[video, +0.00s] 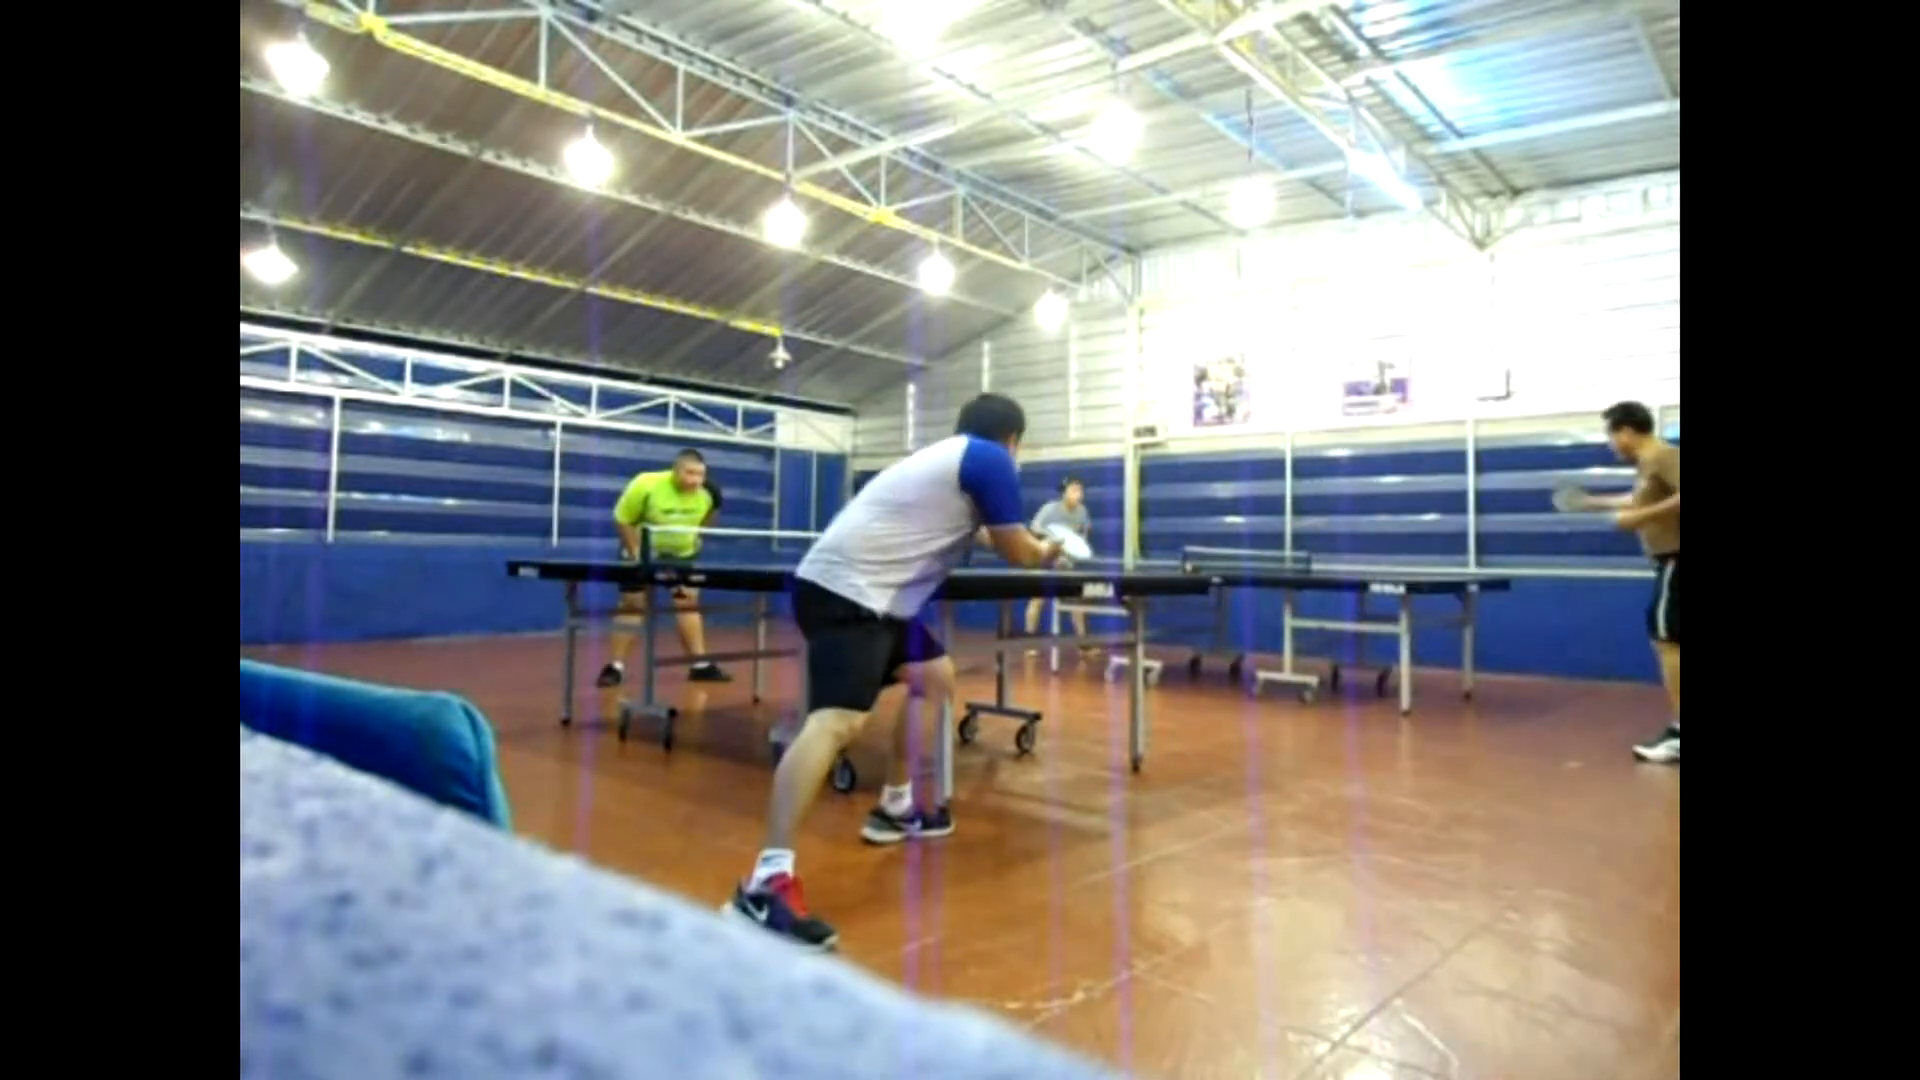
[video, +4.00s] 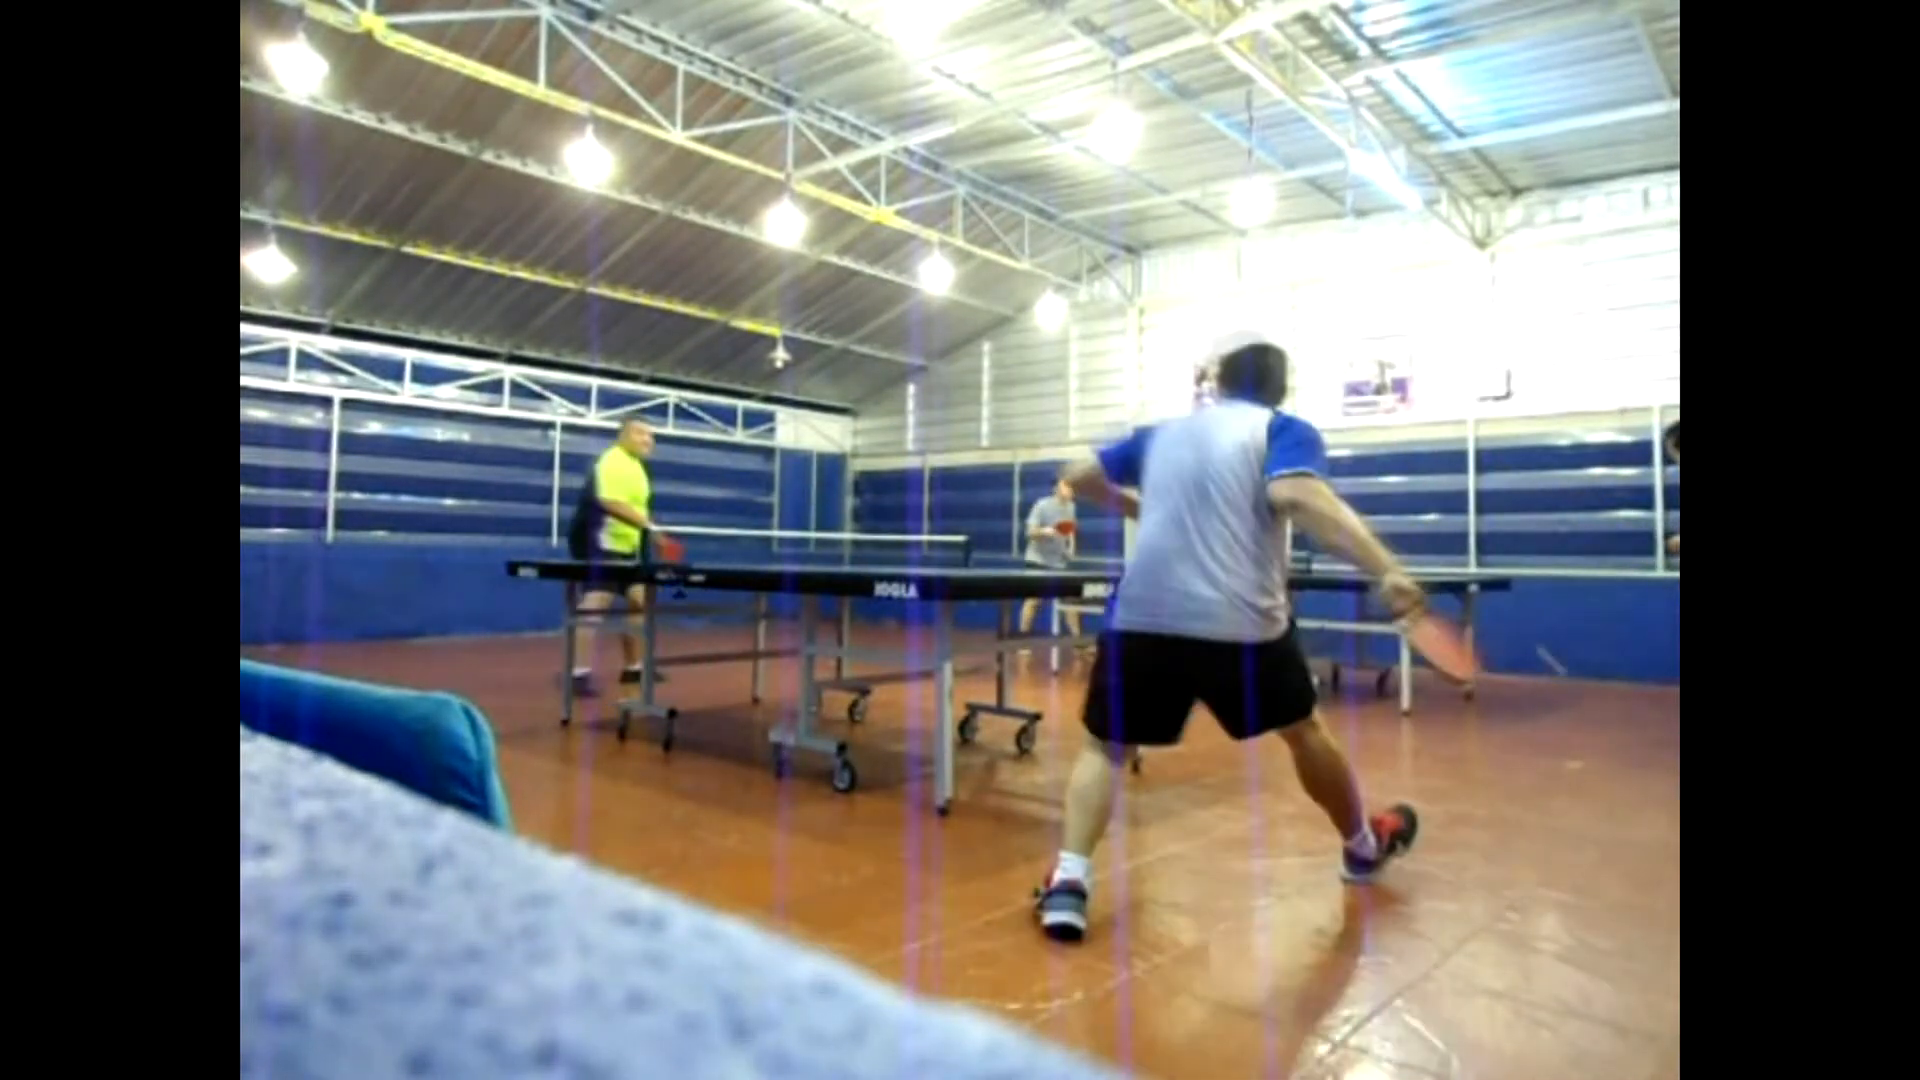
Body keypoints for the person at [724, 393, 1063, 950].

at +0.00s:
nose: (1019, 452)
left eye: (1020, 444)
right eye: (1019, 443)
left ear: (968, 430)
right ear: (1009, 437)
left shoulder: (943, 455)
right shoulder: (987, 459)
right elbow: (1017, 551)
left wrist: (1033, 547)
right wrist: (1047, 553)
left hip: (874, 595)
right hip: (844, 589)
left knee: (936, 675)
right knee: (836, 721)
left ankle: (902, 805)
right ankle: (768, 877)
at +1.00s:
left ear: (967, 410)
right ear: (1021, 400)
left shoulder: (938, 440)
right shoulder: (1049, 418)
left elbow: (871, 483)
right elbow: (1143, 468)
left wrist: (876, 580)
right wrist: (1131, 513)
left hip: (942, 583)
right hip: (1013, 576)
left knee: (965, 697)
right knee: (1035, 733)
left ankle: (936, 811)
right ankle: (937, 806)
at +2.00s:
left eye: (1191, 410)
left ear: (1194, 411)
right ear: (1254, 414)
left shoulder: (1156, 457)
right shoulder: (1292, 458)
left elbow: (1086, 533)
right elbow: (1330, 557)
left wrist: (1104, 583)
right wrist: (1272, 571)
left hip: (1195, 628)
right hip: (1289, 627)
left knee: (1124, 744)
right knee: (1301, 695)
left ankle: (1128, 887)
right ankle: (1319, 824)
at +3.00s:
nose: (1201, 414)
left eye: (1204, 403)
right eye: (1201, 403)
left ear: (1224, 402)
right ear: (1264, 401)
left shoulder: (1217, 442)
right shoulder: (1320, 442)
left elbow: (1187, 523)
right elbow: (1364, 520)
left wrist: (1156, 608)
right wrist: (1363, 586)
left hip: (1283, 592)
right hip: (1359, 591)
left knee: (1197, 686)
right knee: (1323, 682)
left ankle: (1193, 828)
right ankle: (1366, 799)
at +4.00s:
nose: (1291, 400)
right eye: (1288, 391)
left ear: (1215, 384)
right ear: (1277, 389)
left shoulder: (1162, 433)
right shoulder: (1284, 429)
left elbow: (1077, 479)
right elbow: (1294, 493)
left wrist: (1138, 508)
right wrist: (1386, 570)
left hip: (1143, 622)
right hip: (1239, 625)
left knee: (1103, 748)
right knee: (1303, 734)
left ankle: (1067, 882)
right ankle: (1361, 843)